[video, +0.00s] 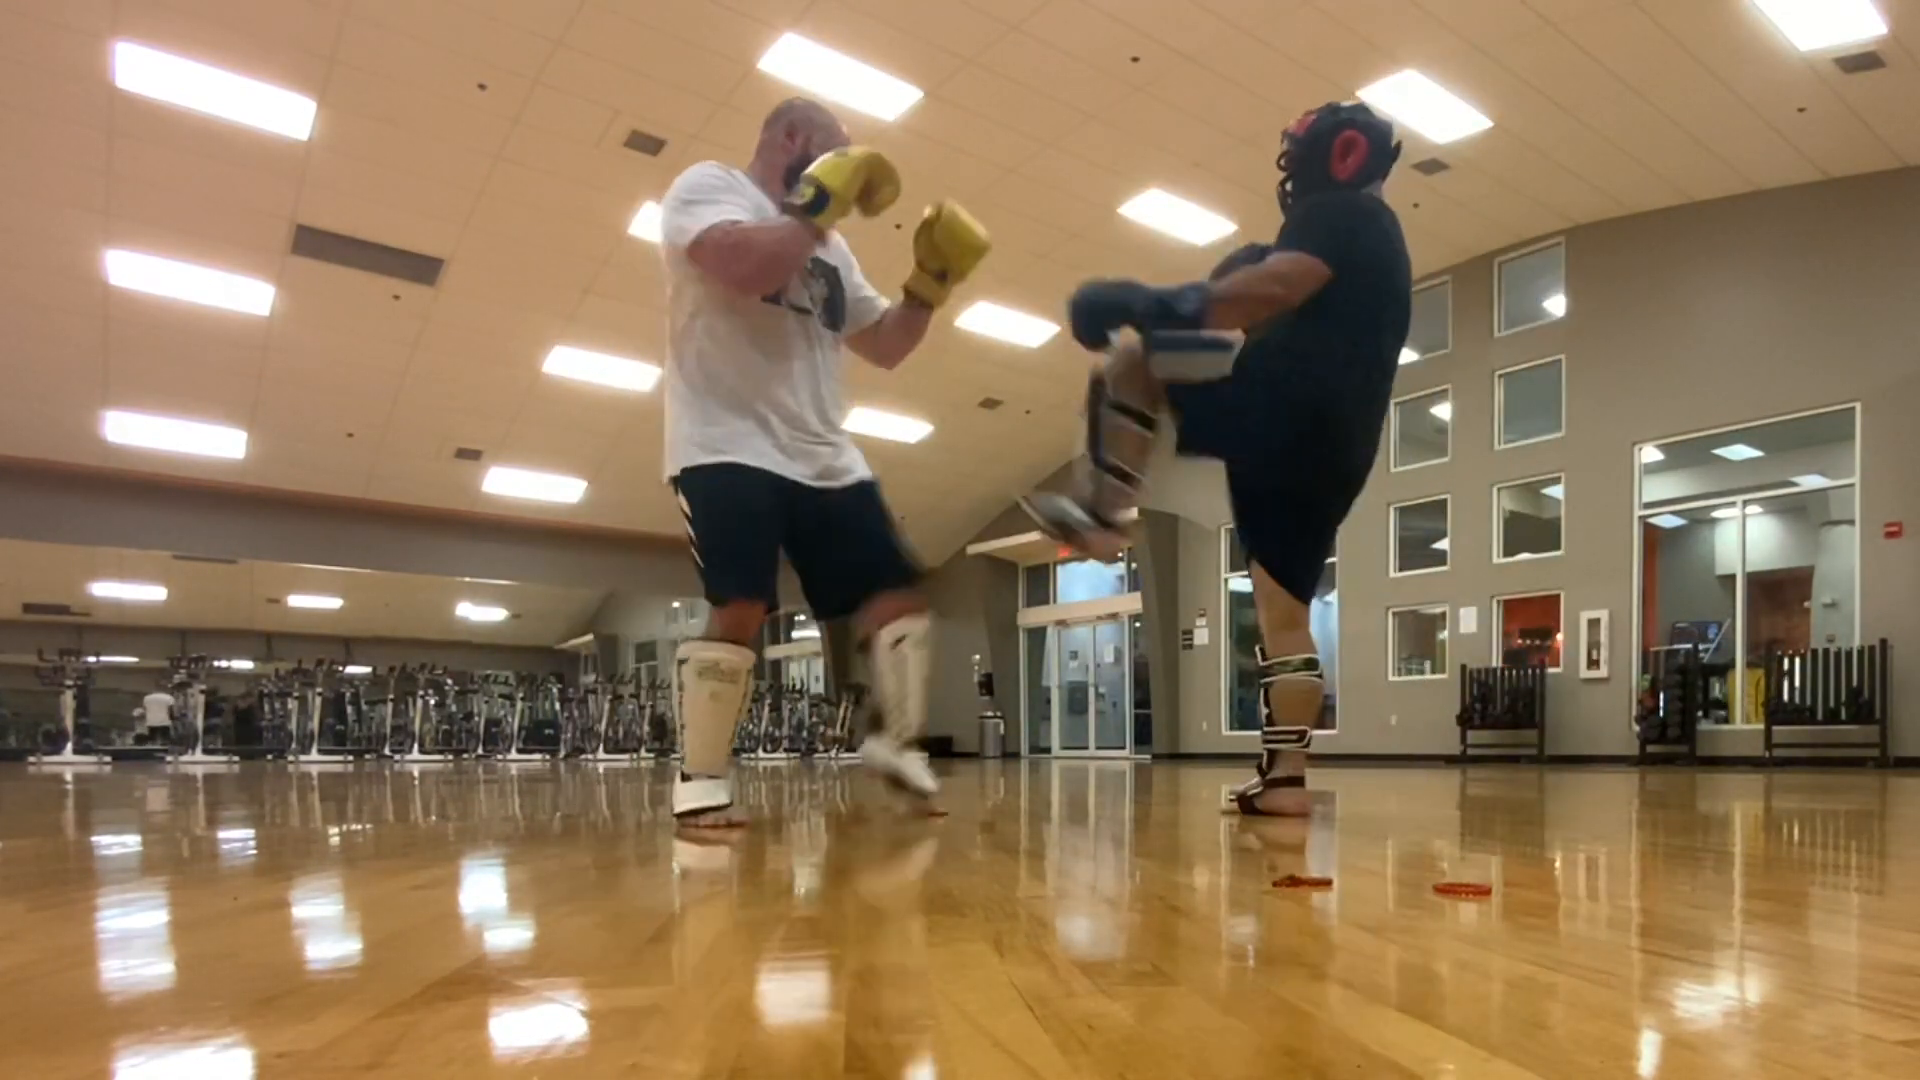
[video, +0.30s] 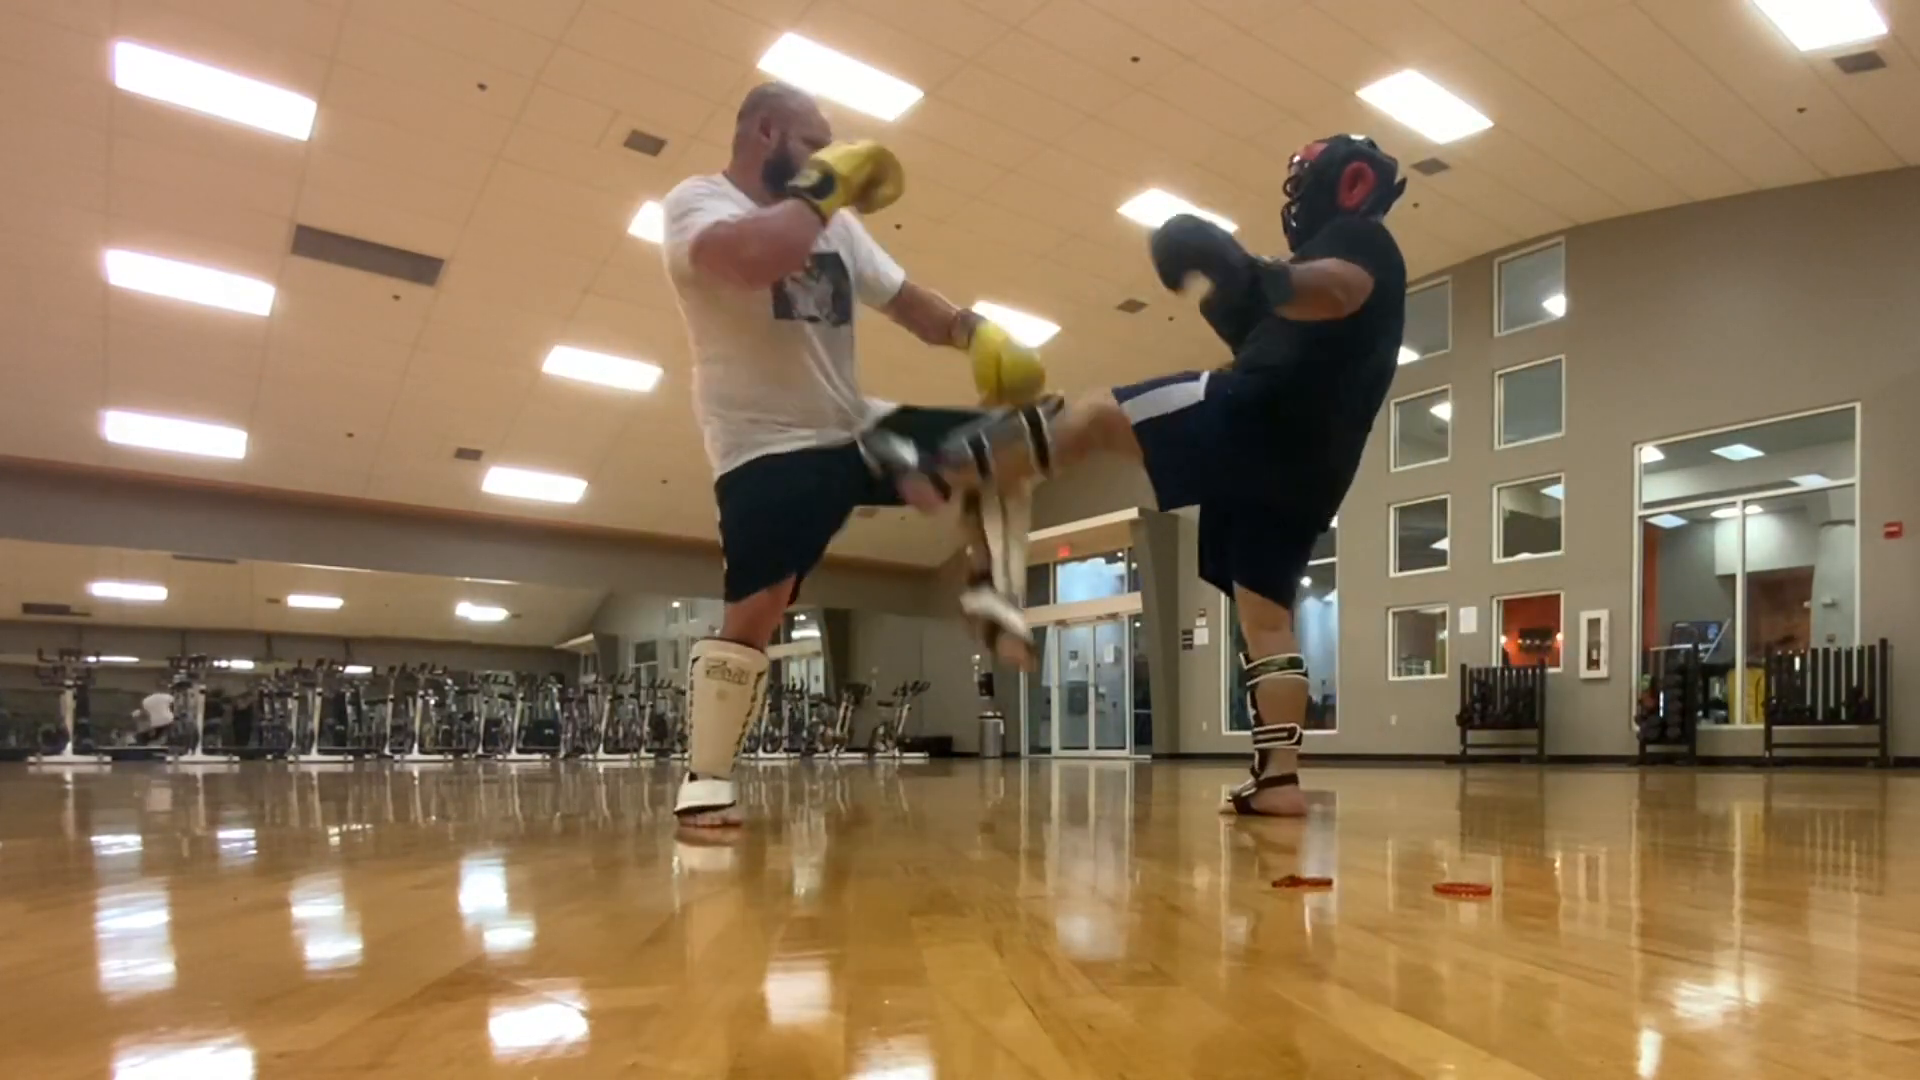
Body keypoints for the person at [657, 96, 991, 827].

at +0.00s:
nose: (833, 176)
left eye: (839, 167)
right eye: (830, 160)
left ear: (800, 148)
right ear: (785, 138)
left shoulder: (826, 249)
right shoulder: (709, 186)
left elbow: (885, 345)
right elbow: (744, 269)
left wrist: (926, 287)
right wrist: (820, 210)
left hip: (819, 445)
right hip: (727, 436)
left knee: (894, 590)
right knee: (743, 600)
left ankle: (896, 742)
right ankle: (702, 785)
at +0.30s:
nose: (821, 161)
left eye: (825, 149)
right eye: (812, 145)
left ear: (778, 137)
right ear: (762, 131)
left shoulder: (835, 226)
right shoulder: (696, 203)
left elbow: (905, 299)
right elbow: (747, 259)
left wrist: (973, 331)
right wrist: (824, 189)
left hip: (858, 431)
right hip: (765, 448)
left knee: (1030, 433)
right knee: (757, 606)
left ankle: (990, 590)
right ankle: (707, 786)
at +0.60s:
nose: (899, 182)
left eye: (903, 170)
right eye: (887, 166)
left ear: (900, 173)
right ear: (838, 161)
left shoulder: (922, 257)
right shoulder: (783, 250)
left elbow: (986, 320)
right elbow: (783, 341)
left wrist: (1055, 304)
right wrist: (846, 254)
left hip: (941, 470)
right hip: (840, 469)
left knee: (991, 613)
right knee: (799, 619)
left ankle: (1016, 776)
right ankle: (716, 778)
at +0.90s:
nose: (946, 189)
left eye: (950, 180)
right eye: (935, 175)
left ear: (909, 171)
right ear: (890, 164)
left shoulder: (962, 256)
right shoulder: (825, 229)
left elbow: (1047, 306)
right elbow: (831, 302)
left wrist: (1109, 291)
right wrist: (909, 238)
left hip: (951, 467)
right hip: (857, 456)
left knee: (974, 617)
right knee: (832, 608)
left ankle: (1014, 772)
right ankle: (776, 769)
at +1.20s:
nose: (937, 209)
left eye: (942, 198)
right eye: (930, 190)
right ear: (884, 167)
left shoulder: (927, 291)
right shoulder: (810, 230)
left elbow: (939, 380)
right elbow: (821, 316)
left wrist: (993, 372)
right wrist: (907, 261)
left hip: (934, 472)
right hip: (841, 470)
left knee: (999, 603)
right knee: (823, 623)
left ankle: (1033, 750)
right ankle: (783, 782)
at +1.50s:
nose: (986, 233)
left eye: (992, 226)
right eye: (978, 213)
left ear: (981, 233)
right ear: (935, 197)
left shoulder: (966, 310)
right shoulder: (880, 246)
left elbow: (977, 408)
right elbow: (926, 322)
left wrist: (1037, 369)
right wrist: (985, 261)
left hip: (973, 495)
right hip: (889, 481)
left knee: (993, 631)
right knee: (851, 628)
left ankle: (999, 775)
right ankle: (787, 777)